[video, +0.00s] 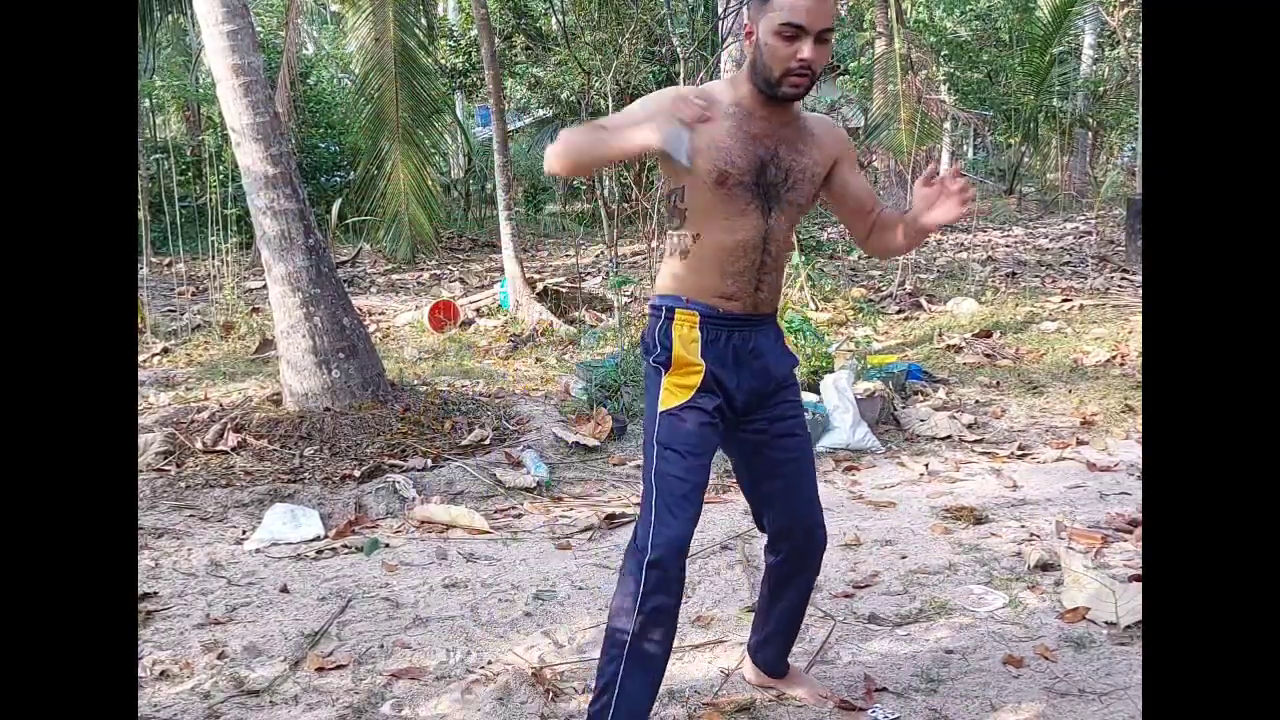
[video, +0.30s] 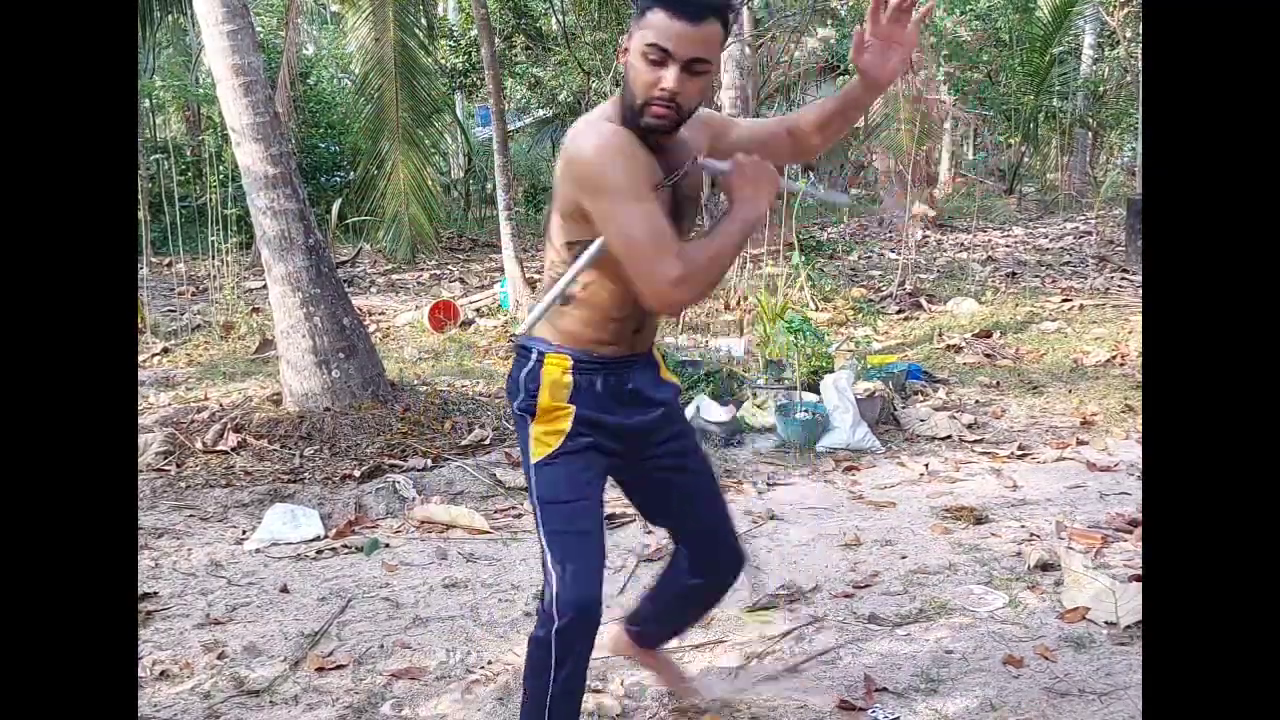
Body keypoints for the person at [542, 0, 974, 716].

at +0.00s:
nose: (809, 56)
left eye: (824, 38)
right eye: (791, 34)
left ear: (835, 41)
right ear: (747, 29)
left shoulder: (826, 140)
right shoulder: (689, 108)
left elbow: (877, 233)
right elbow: (560, 155)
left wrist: (916, 222)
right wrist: (643, 134)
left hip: (763, 345)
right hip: (686, 339)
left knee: (801, 533)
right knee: (663, 541)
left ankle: (768, 662)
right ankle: (614, 711)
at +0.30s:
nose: (671, 84)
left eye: (696, 68)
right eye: (656, 59)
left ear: (715, 69)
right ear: (626, 49)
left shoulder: (696, 131)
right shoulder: (599, 145)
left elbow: (797, 137)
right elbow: (669, 286)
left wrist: (868, 85)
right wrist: (744, 215)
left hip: (638, 381)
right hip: (560, 385)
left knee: (714, 558)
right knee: (574, 600)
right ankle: (544, 717)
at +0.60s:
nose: (550, 182)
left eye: (574, 157)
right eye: (527, 156)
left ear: (599, 143)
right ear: (492, 141)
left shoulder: (636, 215)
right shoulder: (453, 200)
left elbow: (750, 246)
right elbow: (392, 209)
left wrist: (866, 246)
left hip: (549, 445)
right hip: (464, 428)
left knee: (452, 660)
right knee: (530, 660)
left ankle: (313, 714)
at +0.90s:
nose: (610, 157)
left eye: (613, 134)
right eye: (589, 142)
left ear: (615, 122)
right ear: (525, 148)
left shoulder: (629, 210)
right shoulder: (442, 207)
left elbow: (724, 328)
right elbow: (350, 286)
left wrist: (628, 426)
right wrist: (271, 333)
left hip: (588, 410)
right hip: (489, 416)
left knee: (690, 598)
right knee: (520, 631)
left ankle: (550, 652)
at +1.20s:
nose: (672, 164)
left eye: (672, 144)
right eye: (653, 152)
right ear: (596, 162)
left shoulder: (686, 213)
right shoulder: (529, 201)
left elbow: (677, 358)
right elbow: (375, 254)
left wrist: (554, 332)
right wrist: (480, 199)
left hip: (662, 404)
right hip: (578, 401)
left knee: (749, 525)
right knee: (594, 586)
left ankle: (719, 646)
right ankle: (554, 714)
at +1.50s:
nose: (709, 91)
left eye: (706, 76)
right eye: (702, 79)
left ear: (621, 94)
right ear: (664, 102)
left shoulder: (556, 155)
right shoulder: (709, 194)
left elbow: (621, 186)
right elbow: (787, 224)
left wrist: (686, 162)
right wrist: (764, 174)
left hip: (598, 382)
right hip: (664, 396)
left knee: (728, 493)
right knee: (657, 608)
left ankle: (718, 641)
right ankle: (562, 714)